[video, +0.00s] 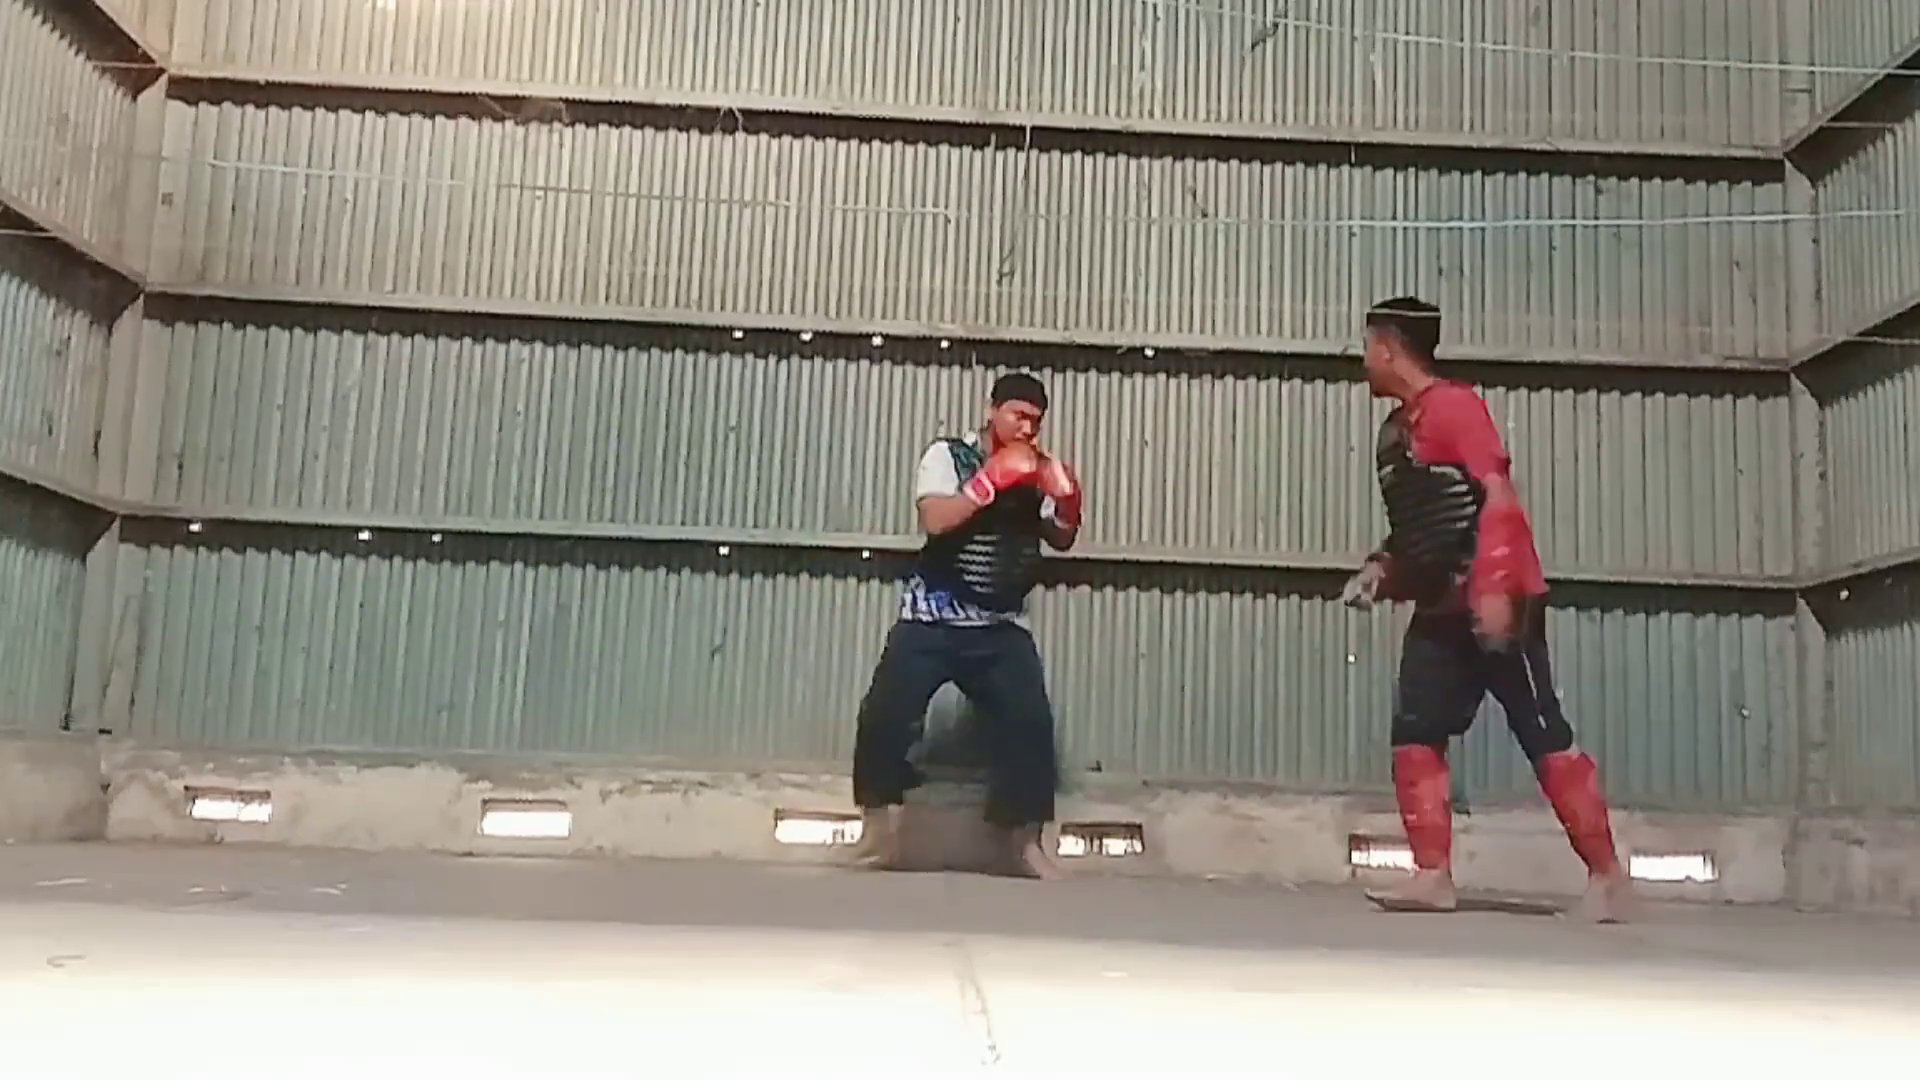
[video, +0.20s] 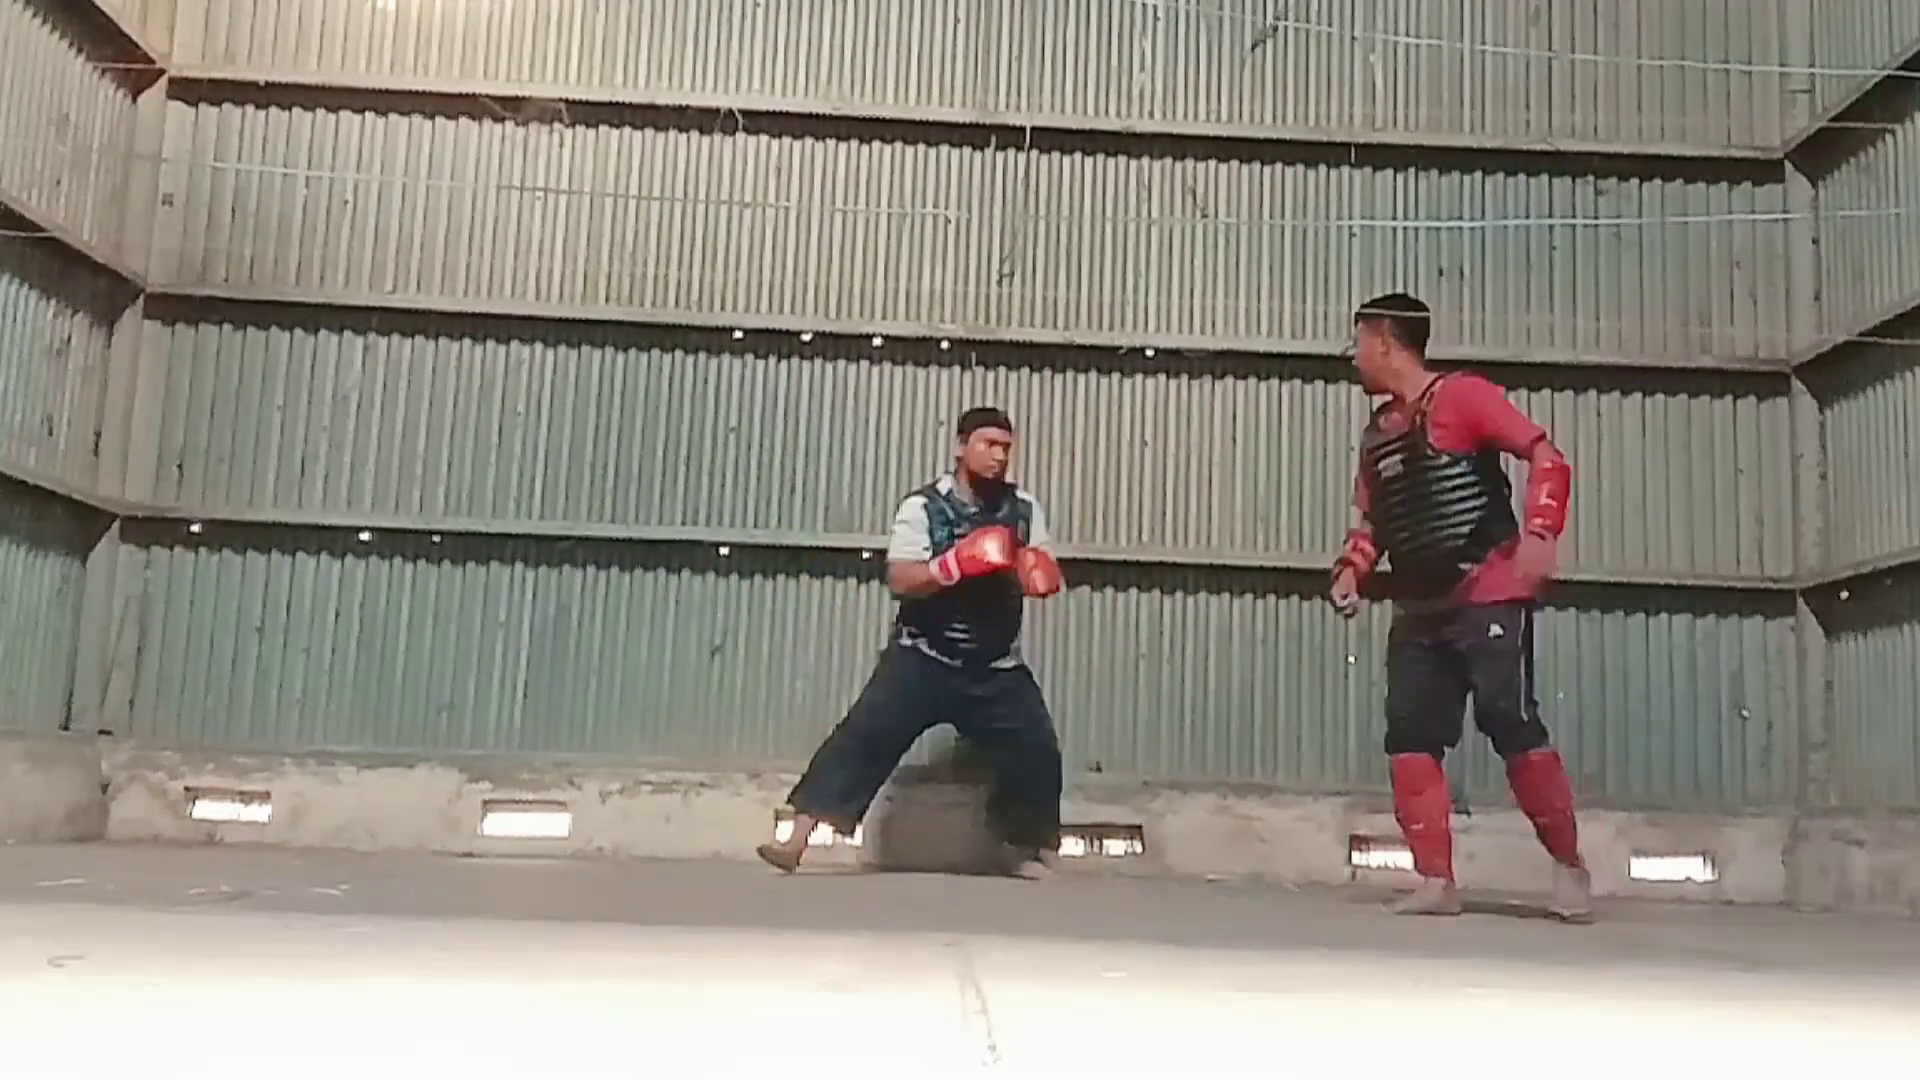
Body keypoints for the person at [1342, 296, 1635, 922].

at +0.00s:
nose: (1364, 360)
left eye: (1369, 347)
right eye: (1366, 348)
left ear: (1392, 349)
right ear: (1403, 350)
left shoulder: (1457, 408)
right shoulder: (1401, 425)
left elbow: (1497, 496)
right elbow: (1423, 520)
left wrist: (1494, 584)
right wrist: (1387, 566)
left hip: (1498, 594)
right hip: (1440, 605)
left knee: (1542, 732)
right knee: (1417, 731)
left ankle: (1608, 874)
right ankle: (1432, 876)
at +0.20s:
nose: (1352, 354)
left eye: (1358, 341)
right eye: (1354, 342)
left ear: (1386, 341)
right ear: (1385, 343)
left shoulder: (1463, 396)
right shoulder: (1378, 431)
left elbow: (1547, 458)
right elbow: (1373, 519)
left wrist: (1540, 536)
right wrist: (1353, 565)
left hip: (1491, 597)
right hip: (1420, 608)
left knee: (1508, 722)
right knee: (1410, 738)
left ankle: (1570, 867)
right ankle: (1435, 881)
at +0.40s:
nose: (1366, 347)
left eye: (1372, 334)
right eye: (1367, 335)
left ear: (1401, 332)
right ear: (1403, 334)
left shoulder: (1479, 398)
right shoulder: (1393, 419)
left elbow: (1527, 482)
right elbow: (1392, 513)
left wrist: (1454, 545)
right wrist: (1363, 546)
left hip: (1489, 613)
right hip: (1414, 610)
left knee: (1520, 738)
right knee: (1346, 711)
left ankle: (1538, 890)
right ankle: (1399, 849)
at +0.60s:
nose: (1354, 342)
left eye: (1361, 328)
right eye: (1354, 329)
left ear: (1396, 328)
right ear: (1391, 330)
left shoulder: (1465, 389)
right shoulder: (1375, 410)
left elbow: (1482, 481)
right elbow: (1366, 500)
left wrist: (1381, 484)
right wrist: (1334, 549)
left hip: (1458, 603)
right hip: (1378, 601)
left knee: (1500, 737)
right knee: (1322, 721)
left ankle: (1535, 890)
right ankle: (1277, 859)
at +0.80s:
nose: (1296, 335)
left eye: (1305, 323)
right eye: (1297, 324)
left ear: (1343, 329)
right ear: (1332, 331)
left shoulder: (1411, 398)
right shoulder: (1302, 418)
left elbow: (1461, 484)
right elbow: (1282, 507)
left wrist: (1388, 495)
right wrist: (1268, 566)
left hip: (1405, 609)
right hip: (1322, 611)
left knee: (1462, 728)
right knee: (1295, 733)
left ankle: (1516, 873)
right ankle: (1273, 872)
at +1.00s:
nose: (1263, 334)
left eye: (1272, 320)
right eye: (1263, 322)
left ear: (1312, 322)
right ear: (1295, 326)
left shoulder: (1382, 388)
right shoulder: (1266, 414)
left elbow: (1435, 467)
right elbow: (1250, 507)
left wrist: (1365, 482)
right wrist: (1227, 583)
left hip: (1384, 592)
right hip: (1300, 598)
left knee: (1430, 718)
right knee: (1282, 721)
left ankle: (1464, 869)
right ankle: (1270, 872)